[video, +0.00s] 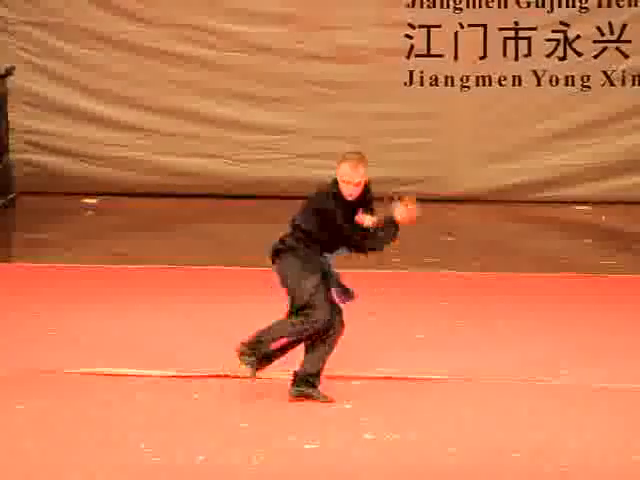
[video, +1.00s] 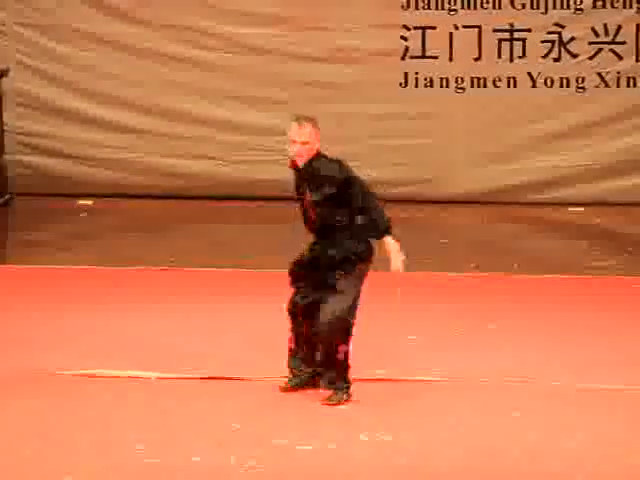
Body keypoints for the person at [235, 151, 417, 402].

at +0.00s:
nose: (352, 190)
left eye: (358, 184)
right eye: (347, 183)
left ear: (366, 181)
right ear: (337, 178)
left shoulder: (362, 198)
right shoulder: (324, 202)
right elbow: (357, 242)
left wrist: (372, 222)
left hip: (315, 262)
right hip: (294, 257)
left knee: (332, 321)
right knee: (317, 315)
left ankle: (305, 382)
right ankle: (253, 349)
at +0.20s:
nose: (359, 197)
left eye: (365, 192)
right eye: (355, 190)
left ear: (370, 187)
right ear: (344, 179)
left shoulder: (339, 192)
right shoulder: (326, 203)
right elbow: (333, 254)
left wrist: (372, 204)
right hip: (302, 271)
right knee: (337, 322)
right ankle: (305, 381)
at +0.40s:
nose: (377, 236)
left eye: (381, 230)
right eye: (373, 229)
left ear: (382, 223)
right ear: (358, 221)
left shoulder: (354, 207)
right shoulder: (342, 239)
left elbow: (350, 171)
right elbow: (322, 261)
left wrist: (343, 131)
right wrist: (306, 287)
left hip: (321, 288)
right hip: (299, 292)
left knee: (363, 321)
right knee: (346, 340)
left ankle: (336, 372)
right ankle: (312, 376)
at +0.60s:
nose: (383, 222)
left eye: (386, 215)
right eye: (380, 215)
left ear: (366, 203)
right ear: (367, 210)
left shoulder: (352, 202)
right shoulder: (350, 230)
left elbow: (339, 187)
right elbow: (339, 274)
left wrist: (327, 171)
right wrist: (353, 304)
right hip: (302, 291)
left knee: (360, 322)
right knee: (348, 332)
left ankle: (343, 373)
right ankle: (311, 379)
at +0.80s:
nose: (308, 149)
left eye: (310, 144)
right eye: (311, 144)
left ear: (318, 147)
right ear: (339, 146)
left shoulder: (300, 182)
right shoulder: (364, 182)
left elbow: (294, 224)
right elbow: (383, 224)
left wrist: (297, 261)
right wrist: (391, 264)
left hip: (318, 268)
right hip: (355, 265)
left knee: (300, 327)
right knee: (345, 314)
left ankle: (325, 376)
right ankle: (338, 368)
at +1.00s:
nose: (296, 149)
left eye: (302, 142)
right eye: (292, 142)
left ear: (316, 142)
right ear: (289, 143)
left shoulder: (333, 172)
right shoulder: (302, 174)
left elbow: (365, 200)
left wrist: (387, 238)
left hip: (351, 252)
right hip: (323, 250)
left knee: (332, 315)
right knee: (301, 307)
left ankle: (338, 381)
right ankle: (306, 368)